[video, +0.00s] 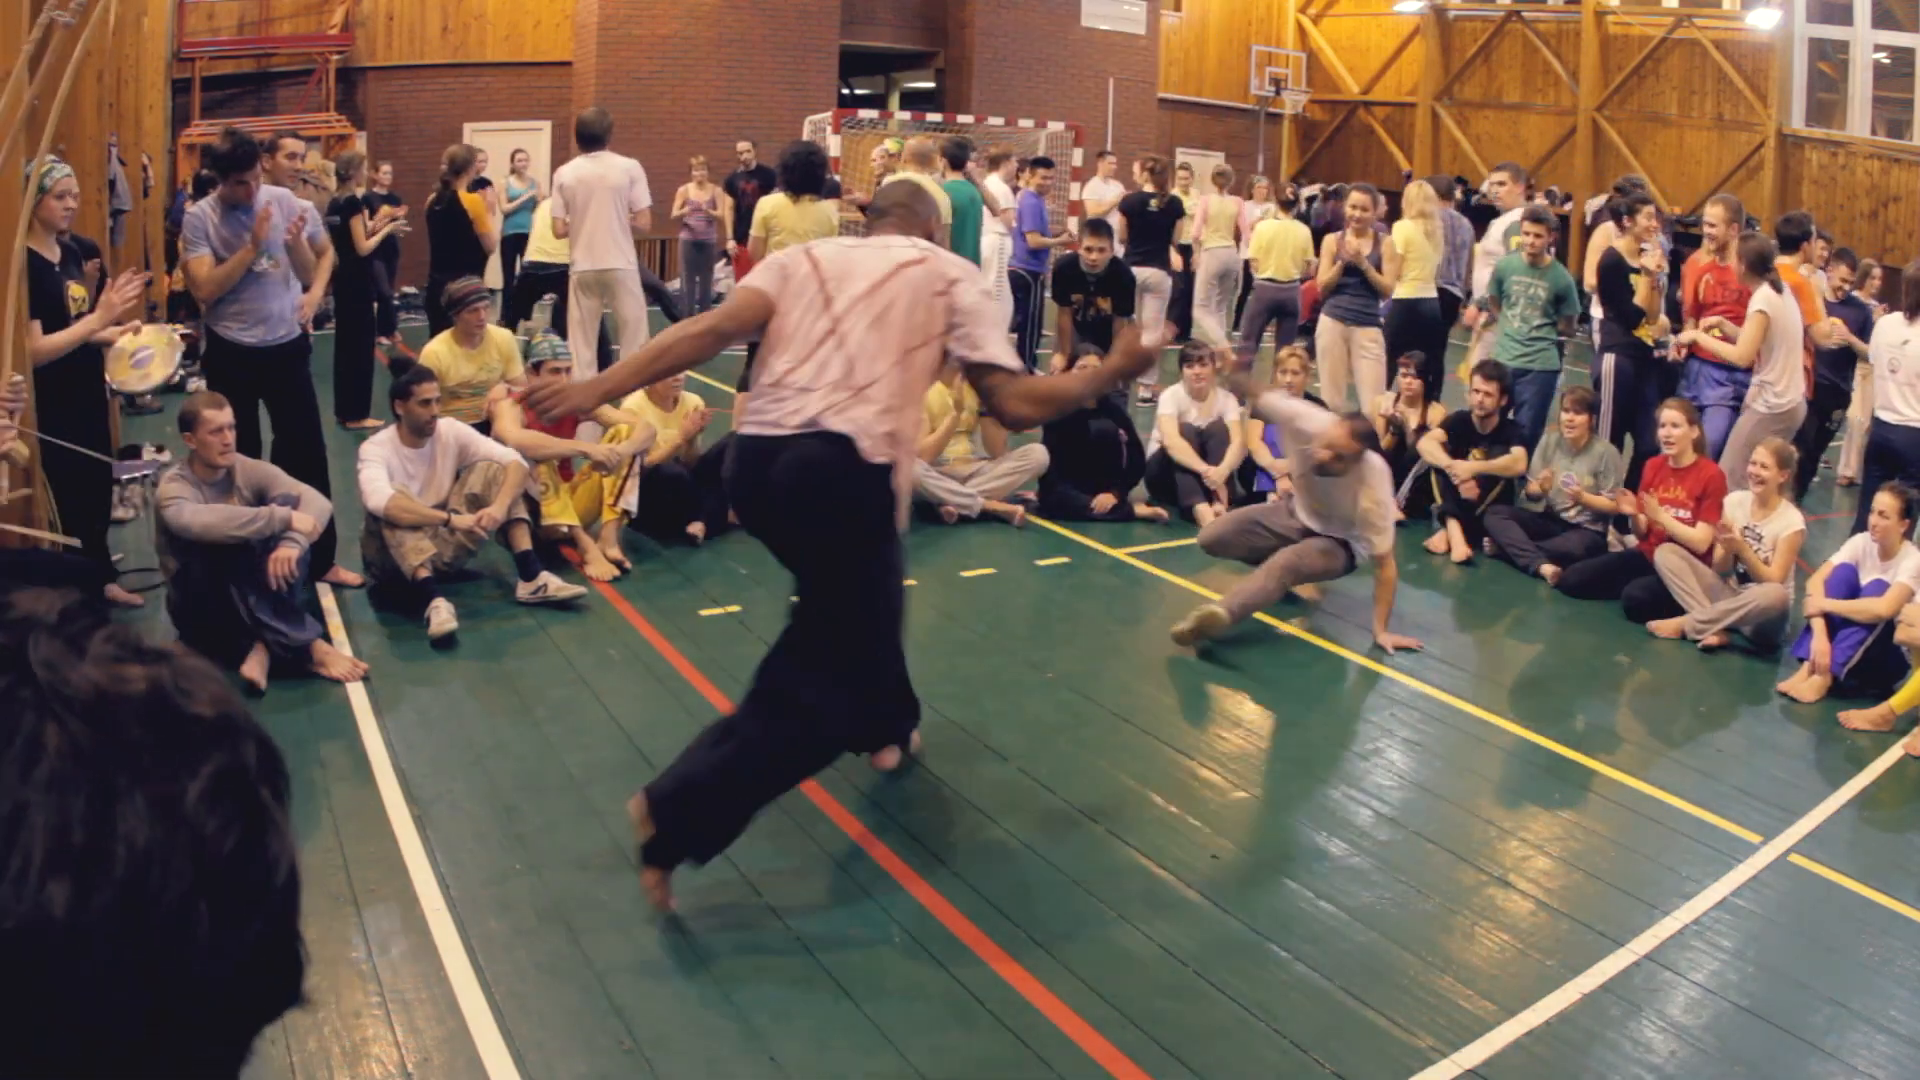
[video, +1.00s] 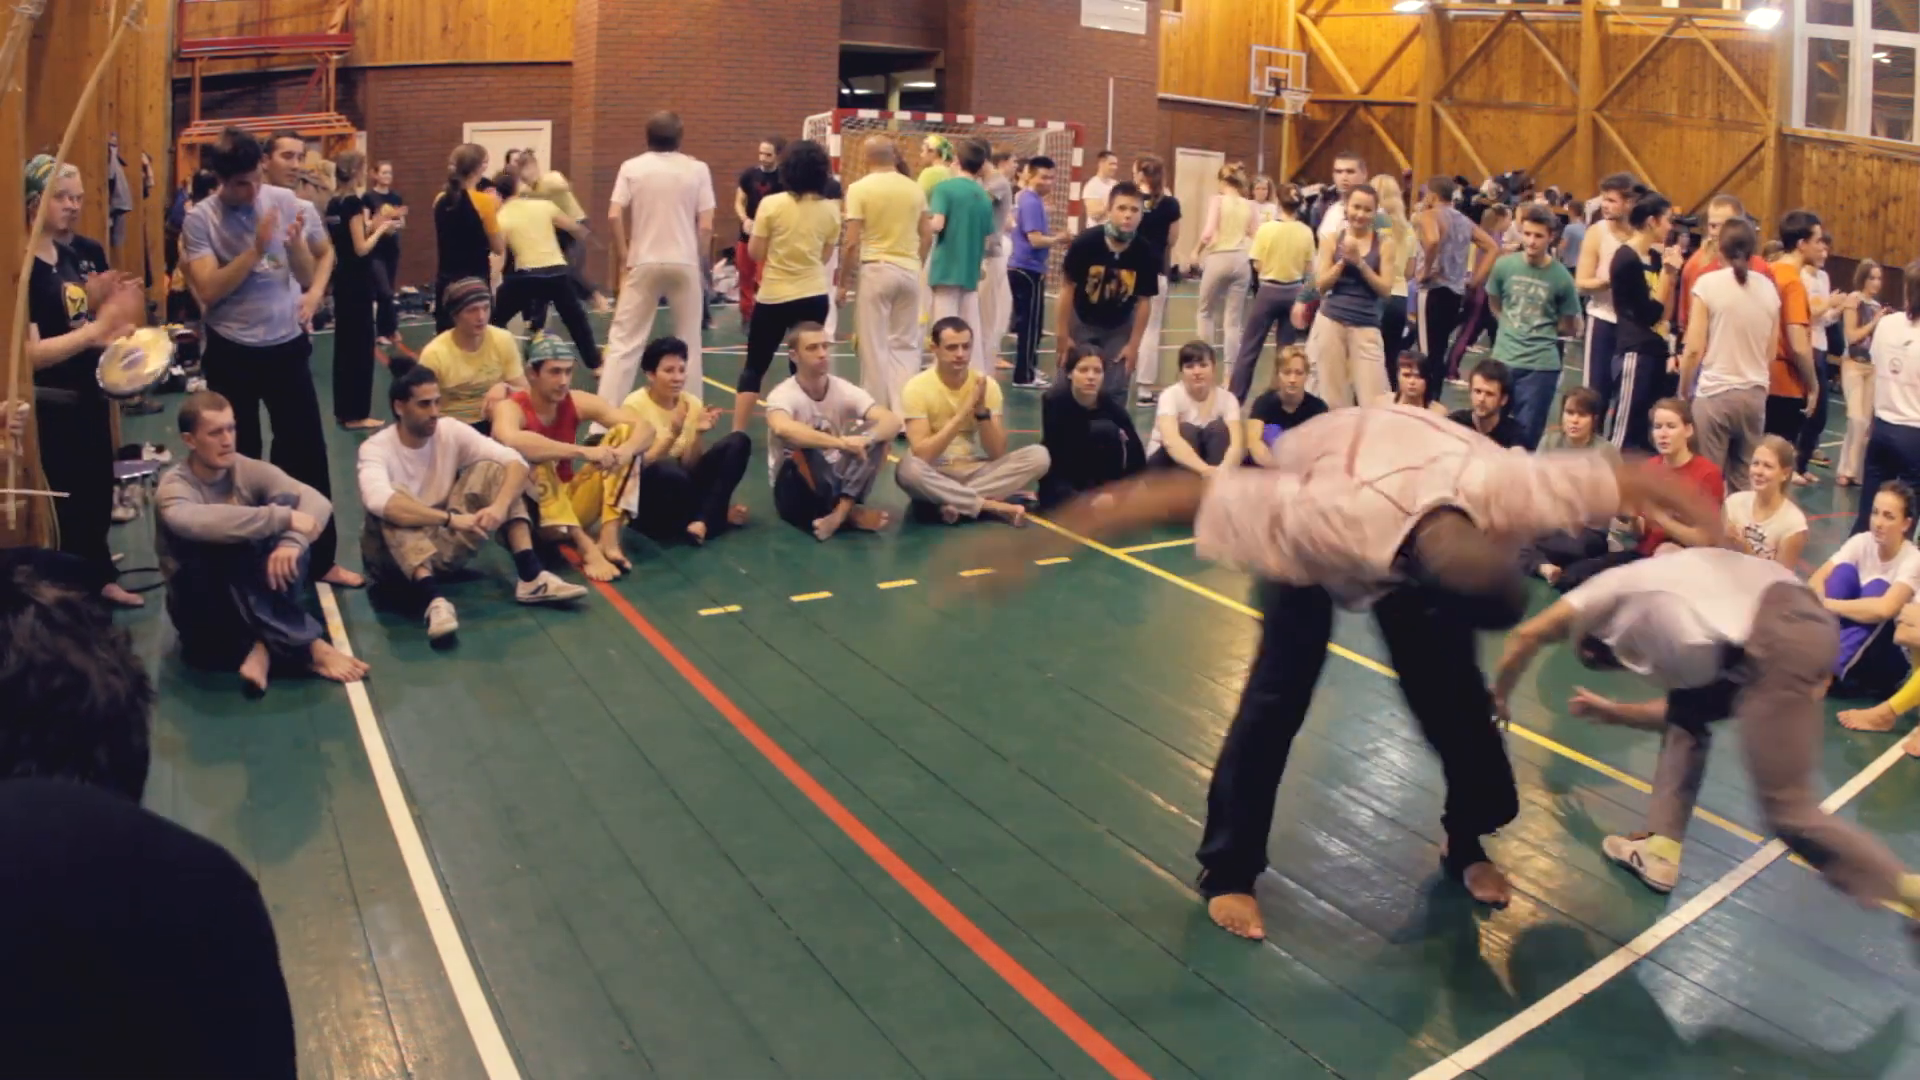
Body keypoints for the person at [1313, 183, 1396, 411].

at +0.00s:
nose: (1357, 215)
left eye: (1364, 210)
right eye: (1352, 208)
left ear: (1375, 213)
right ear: (1344, 208)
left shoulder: (1385, 243)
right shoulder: (1332, 240)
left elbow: (1388, 288)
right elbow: (1323, 286)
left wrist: (1364, 265)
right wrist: (1341, 262)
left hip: (1368, 321)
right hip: (1333, 317)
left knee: (1373, 402)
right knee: (1332, 397)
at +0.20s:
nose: (1357, 214)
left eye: (1364, 209)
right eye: (1353, 207)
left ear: (1375, 213)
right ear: (1345, 209)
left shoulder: (1384, 243)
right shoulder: (1331, 241)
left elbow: (1386, 289)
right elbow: (1324, 285)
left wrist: (1361, 265)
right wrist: (1347, 266)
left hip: (1368, 321)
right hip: (1333, 318)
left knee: (1373, 400)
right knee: (1333, 398)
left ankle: (1376, 459)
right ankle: (1333, 458)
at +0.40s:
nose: (1357, 214)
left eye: (1364, 209)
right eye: (1353, 207)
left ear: (1374, 213)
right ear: (1345, 208)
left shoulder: (1384, 243)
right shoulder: (1331, 240)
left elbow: (1387, 289)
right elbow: (1322, 285)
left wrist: (1362, 266)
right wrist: (1343, 266)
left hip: (1368, 323)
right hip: (1332, 318)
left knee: (1372, 402)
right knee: (1333, 400)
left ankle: (1374, 462)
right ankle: (1335, 460)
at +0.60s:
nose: (1359, 214)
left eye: (1365, 209)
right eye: (1354, 207)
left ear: (1375, 213)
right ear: (1345, 208)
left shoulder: (1383, 244)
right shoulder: (1331, 240)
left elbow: (1384, 287)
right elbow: (1322, 285)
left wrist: (1358, 264)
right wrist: (1345, 267)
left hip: (1368, 323)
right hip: (1332, 319)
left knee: (1373, 395)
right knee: (1334, 394)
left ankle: (1375, 461)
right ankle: (1336, 458)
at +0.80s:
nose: (1359, 214)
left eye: (1366, 210)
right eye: (1355, 207)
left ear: (1374, 212)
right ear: (1345, 207)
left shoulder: (1384, 244)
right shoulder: (1331, 240)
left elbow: (1386, 290)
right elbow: (1321, 286)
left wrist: (1367, 268)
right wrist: (1337, 262)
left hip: (1366, 320)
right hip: (1332, 314)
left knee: (1369, 383)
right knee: (1327, 380)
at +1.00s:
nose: (1360, 215)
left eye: (1367, 210)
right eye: (1356, 208)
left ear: (1375, 213)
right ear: (1345, 208)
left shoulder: (1383, 243)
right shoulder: (1331, 239)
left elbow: (1385, 288)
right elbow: (1321, 283)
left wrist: (1359, 262)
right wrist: (1342, 262)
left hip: (1366, 322)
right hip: (1331, 319)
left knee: (1374, 394)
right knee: (1331, 392)